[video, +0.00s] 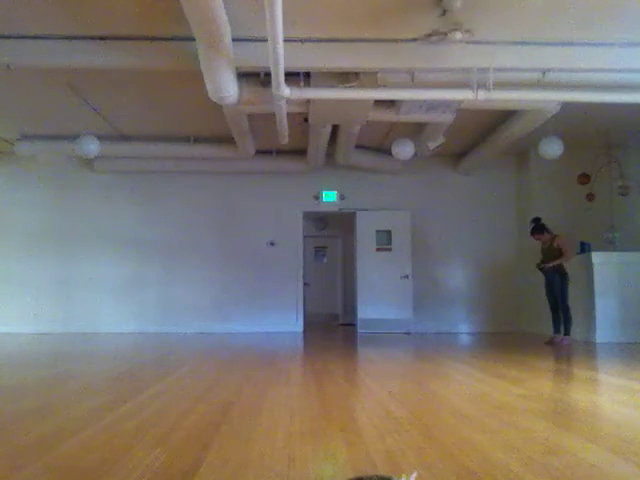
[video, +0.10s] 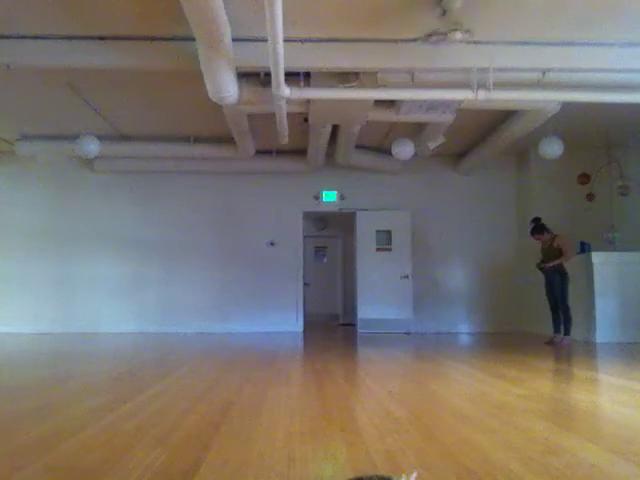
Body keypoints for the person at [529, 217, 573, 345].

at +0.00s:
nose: (539, 241)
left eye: (539, 238)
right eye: (537, 239)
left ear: (544, 233)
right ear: (538, 236)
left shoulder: (558, 240)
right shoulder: (544, 244)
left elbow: (568, 256)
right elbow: (545, 258)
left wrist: (551, 264)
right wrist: (541, 264)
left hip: (560, 274)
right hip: (549, 275)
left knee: (563, 305)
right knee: (553, 305)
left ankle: (566, 335)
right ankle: (556, 334)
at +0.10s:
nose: (539, 241)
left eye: (539, 238)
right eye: (537, 239)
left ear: (544, 233)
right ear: (538, 236)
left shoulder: (558, 240)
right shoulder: (544, 243)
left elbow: (567, 256)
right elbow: (546, 257)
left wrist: (551, 264)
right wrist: (541, 264)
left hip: (560, 274)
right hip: (549, 274)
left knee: (563, 304)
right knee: (553, 305)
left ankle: (566, 335)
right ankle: (557, 334)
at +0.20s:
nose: (539, 241)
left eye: (539, 238)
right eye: (537, 239)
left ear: (544, 233)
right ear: (538, 236)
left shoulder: (558, 240)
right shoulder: (544, 243)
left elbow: (568, 255)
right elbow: (547, 257)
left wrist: (552, 264)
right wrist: (542, 263)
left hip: (560, 274)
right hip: (549, 274)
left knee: (563, 304)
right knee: (553, 305)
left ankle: (566, 335)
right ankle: (557, 334)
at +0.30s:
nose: (539, 241)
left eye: (539, 238)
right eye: (537, 239)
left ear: (544, 233)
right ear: (538, 236)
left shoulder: (558, 240)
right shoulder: (544, 243)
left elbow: (568, 255)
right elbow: (547, 257)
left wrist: (552, 264)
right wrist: (542, 263)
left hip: (560, 274)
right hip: (549, 274)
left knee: (563, 304)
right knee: (553, 305)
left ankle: (566, 335)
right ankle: (557, 334)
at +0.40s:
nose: (539, 240)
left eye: (539, 237)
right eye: (537, 238)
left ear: (545, 233)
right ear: (537, 236)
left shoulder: (558, 240)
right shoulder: (544, 244)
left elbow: (567, 255)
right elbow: (546, 257)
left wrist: (551, 265)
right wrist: (542, 263)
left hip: (560, 274)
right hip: (549, 274)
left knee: (563, 304)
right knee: (553, 305)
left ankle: (566, 335)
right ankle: (557, 334)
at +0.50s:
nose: (539, 239)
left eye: (539, 236)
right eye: (537, 237)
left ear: (545, 232)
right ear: (539, 235)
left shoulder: (558, 240)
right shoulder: (545, 243)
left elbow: (567, 255)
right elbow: (547, 257)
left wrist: (551, 265)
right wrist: (542, 263)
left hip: (560, 273)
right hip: (549, 274)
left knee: (562, 304)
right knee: (553, 304)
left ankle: (566, 335)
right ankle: (557, 334)